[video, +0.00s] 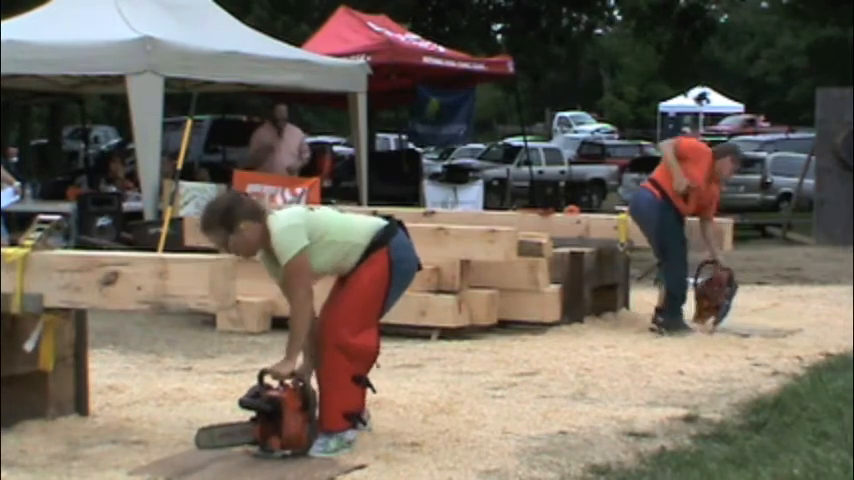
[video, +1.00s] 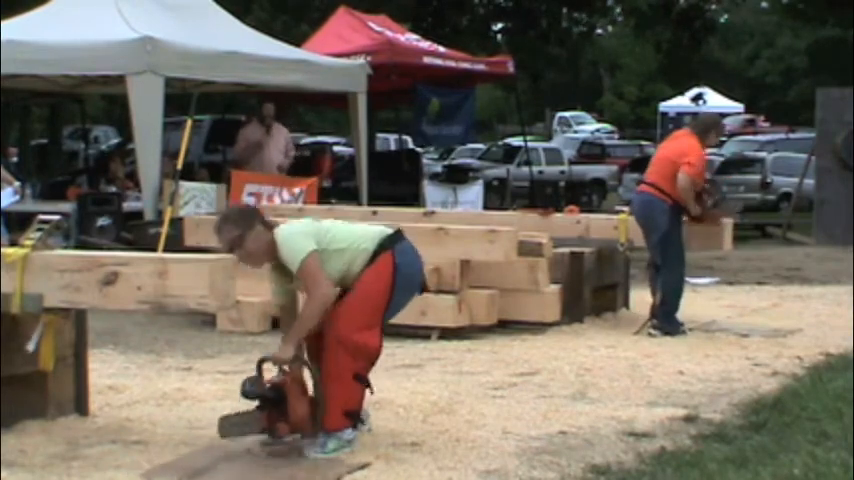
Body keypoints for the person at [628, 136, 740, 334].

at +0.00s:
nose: (732, 172)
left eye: (736, 168)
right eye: (732, 164)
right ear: (721, 156)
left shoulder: (712, 190)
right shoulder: (701, 151)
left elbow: (706, 223)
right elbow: (665, 145)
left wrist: (715, 255)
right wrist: (678, 176)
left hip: (671, 212)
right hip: (654, 199)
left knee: (676, 260)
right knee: (674, 259)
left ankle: (667, 313)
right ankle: (671, 316)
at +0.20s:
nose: (725, 159)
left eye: (727, 154)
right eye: (725, 153)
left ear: (713, 146)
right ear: (717, 150)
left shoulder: (698, 157)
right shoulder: (693, 165)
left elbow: (700, 192)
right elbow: (675, 201)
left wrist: (710, 218)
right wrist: (685, 237)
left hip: (660, 204)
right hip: (649, 203)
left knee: (669, 260)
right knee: (664, 261)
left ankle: (670, 316)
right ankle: (663, 319)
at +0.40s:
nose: (718, 148)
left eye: (720, 142)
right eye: (719, 142)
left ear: (700, 132)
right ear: (712, 140)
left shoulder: (682, 142)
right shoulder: (694, 158)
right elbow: (682, 195)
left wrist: (698, 194)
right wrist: (698, 218)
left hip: (644, 199)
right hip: (657, 206)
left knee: (661, 261)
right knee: (671, 264)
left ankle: (661, 314)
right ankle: (664, 318)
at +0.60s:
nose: (716, 140)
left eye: (717, 136)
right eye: (715, 135)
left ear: (695, 127)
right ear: (708, 133)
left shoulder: (678, 138)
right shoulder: (692, 149)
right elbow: (689, 185)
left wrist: (701, 185)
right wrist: (697, 208)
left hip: (646, 198)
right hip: (661, 204)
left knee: (662, 262)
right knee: (674, 263)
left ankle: (661, 314)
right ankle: (665, 319)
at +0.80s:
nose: (717, 140)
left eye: (717, 135)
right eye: (716, 134)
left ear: (696, 126)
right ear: (709, 132)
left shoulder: (677, 137)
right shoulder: (694, 149)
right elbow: (688, 184)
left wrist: (699, 187)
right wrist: (695, 207)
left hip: (646, 196)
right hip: (663, 203)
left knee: (661, 261)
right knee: (675, 263)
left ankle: (661, 313)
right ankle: (666, 319)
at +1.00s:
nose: (716, 142)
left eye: (718, 137)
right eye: (716, 137)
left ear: (697, 127)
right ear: (709, 133)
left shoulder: (679, 136)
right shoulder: (694, 150)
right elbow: (683, 181)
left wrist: (698, 185)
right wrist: (693, 207)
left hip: (646, 197)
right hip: (661, 203)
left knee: (661, 261)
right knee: (672, 264)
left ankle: (661, 314)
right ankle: (666, 319)